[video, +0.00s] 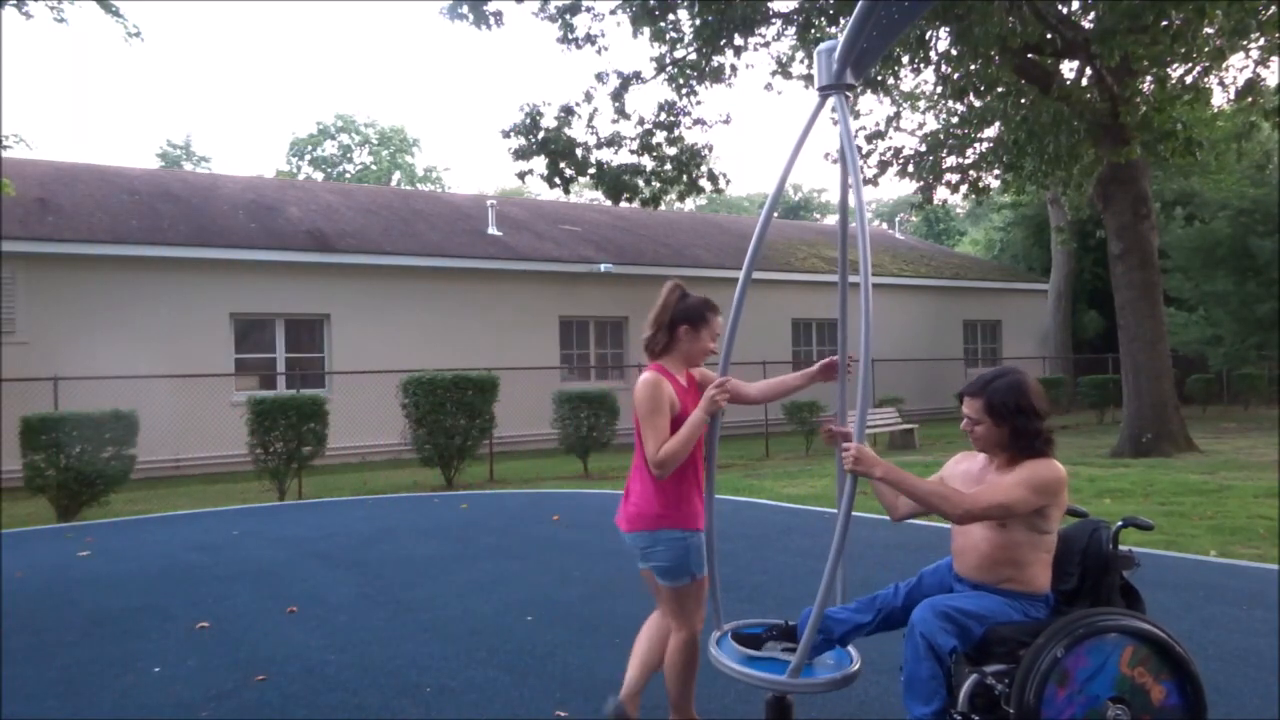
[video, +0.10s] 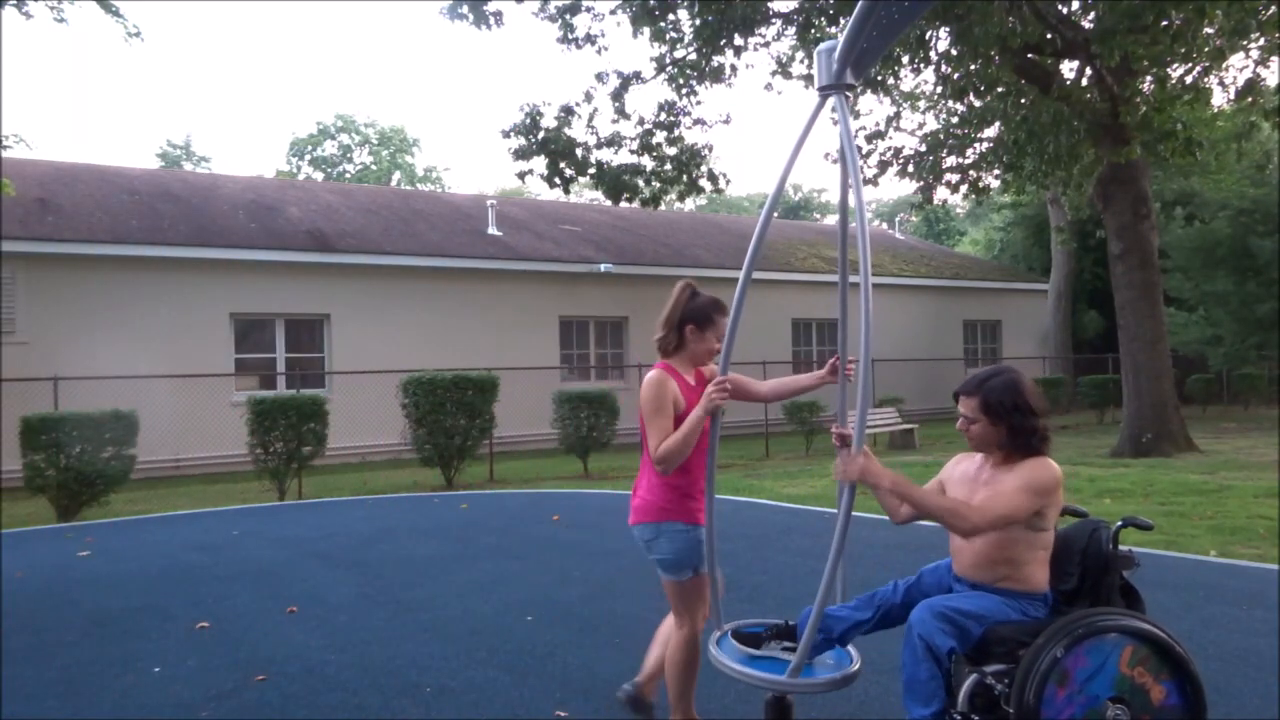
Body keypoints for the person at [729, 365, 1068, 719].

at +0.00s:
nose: (964, 429)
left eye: (974, 422)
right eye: (964, 419)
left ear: (1010, 424)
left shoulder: (1046, 474)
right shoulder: (965, 463)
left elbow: (963, 510)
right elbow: (901, 508)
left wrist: (879, 467)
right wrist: (863, 457)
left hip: (1013, 599)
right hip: (956, 578)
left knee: (928, 620)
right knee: (888, 602)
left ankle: (927, 713)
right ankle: (800, 633)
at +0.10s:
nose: (960, 427)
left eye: (970, 420)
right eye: (960, 418)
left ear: (1005, 423)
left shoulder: (1042, 474)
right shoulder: (961, 464)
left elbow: (969, 520)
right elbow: (902, 511)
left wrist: (879, 476)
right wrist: (858, 460)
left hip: (1014, 599)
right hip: (956, 580)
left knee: (927, 620)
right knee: (888, 599)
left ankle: (926, 712)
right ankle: (800, 634)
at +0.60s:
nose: (948, 415)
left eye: (956, 407)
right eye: (950, 406)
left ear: (988, 412)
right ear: (976, 413)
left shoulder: (1025, 479)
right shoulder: (959, 469)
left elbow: (988, 573)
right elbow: (898, 511)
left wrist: (941, 646)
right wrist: (863, 457)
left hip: (1013, 600)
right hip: (957, 582)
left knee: (922, 622)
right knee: (887, 598)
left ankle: (927, 712)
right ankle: (795, 635)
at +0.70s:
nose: (951, 411)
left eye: (959, 403)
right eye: (953, 402)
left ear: (990, 410)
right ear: (979, 411)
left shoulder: (1026, 477)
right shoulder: (960, 470)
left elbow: (993, 572)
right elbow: (897, 511)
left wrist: (937, 639)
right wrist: (862, 456)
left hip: (1012, 600)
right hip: (957, 581)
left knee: (919, 620)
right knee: (887, 598)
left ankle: (923, 711)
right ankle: (795, 635)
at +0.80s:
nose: (952, 410)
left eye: (961, 403)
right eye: (955, 401)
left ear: (991, 411)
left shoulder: (1026, 476)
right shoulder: (959, 471)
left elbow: (1008, 573)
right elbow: (896, 512)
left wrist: (937, 621)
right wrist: (863, 457)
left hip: (1012, 598)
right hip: (956, 584)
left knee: (919, 605)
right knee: (891, 595)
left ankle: (912, 710)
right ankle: (796, 634)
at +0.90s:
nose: (951, 413)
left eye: (960, 406)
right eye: (954, 404)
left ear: (991, 413)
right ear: (978, 414)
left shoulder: (1028, 474)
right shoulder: (956, 471)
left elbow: (1023, 569)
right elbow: (894, 513)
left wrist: (942, 603)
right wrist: (864, 460)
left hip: (1016, 601)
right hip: (961, 591)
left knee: (933, 574)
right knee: (894, 594)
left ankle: (888, 693)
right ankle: (798, 632)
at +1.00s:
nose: (949, 419)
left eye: (957, 412)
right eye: (950, 411)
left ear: (991, 416)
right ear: (976, 415)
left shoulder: (1029, 471)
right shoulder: (955, 472)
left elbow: (1032, 567)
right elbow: (893, 513)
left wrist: (947, 585)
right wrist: (863, 458)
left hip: (1019, 602)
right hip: (965, 592)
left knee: (944, 558)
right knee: (894, 593)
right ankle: (794, 636)